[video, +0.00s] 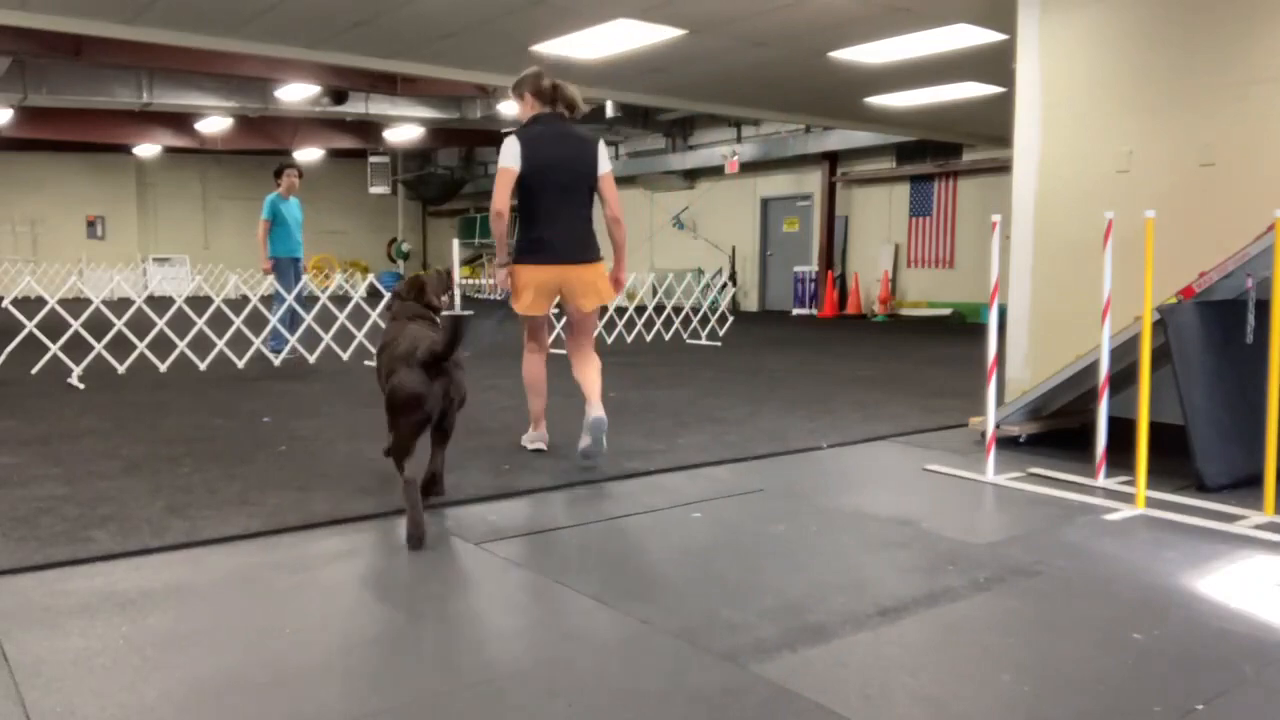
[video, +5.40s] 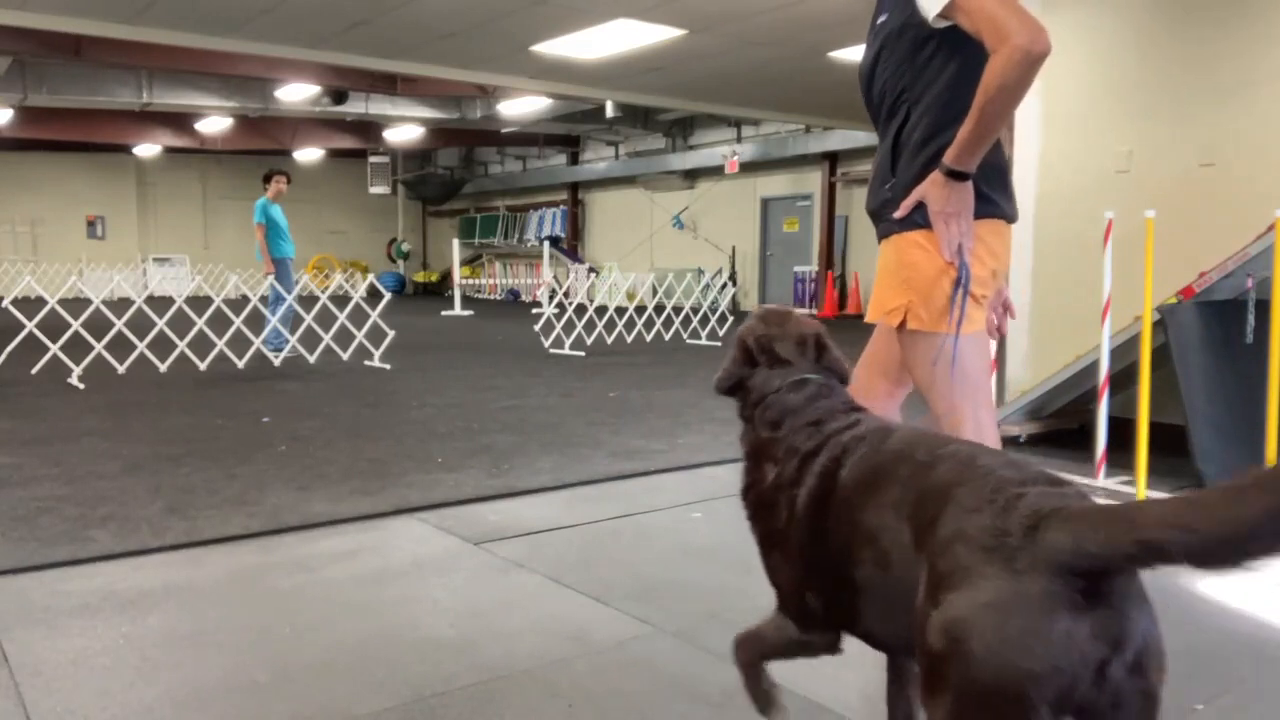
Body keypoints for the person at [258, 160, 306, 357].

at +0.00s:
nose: (294, 180)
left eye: (296, 176)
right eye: (289, 176)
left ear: (299, 180)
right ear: (280, 179)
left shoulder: (296, 202)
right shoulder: (272, 200)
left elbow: (298, 233)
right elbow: (263, 229)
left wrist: (302, 259)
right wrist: (264, 258)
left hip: (297, 256)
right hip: (280, 256)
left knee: (297, 299)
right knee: (284, 299)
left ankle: (290, 340)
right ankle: (276, 343)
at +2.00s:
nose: (276, 184)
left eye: (279, 181)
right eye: (272, 180)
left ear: (282, 186)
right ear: (263, 183)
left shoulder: (277, 206)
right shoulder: (256, 204)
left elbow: (280, 232)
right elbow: (251, 235)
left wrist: (286, 254)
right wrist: (256, 263)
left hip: (284, 255)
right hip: (271, 256)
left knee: (282, 299)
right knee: (281, 298)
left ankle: (277, 341)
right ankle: (275, 343)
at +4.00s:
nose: (284, 188)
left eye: (286, 184)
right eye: (280, 183)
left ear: (288, 188)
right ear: (270, 185)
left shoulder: (278, 207)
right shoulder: (262, 204)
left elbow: (280, 233)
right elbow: (260, 233)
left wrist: (288, 256)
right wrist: (266, 261)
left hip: (286, 256)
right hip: (277, 257)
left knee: (276, 299)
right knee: (286, 298)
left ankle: (272, 340)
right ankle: (277, 341)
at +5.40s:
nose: (282, 186)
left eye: (285, 183)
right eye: (278, 182)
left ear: (287, 187)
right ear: (269, 184)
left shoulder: (276, 207)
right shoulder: (262, 204)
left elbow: (279, 233)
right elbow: (260, 235)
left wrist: (287, 256)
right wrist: (267, 262)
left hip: (285, 256)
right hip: (278, 257)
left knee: (276, 299)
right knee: (288, 299)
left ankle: (272, 340)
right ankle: (277, 341)